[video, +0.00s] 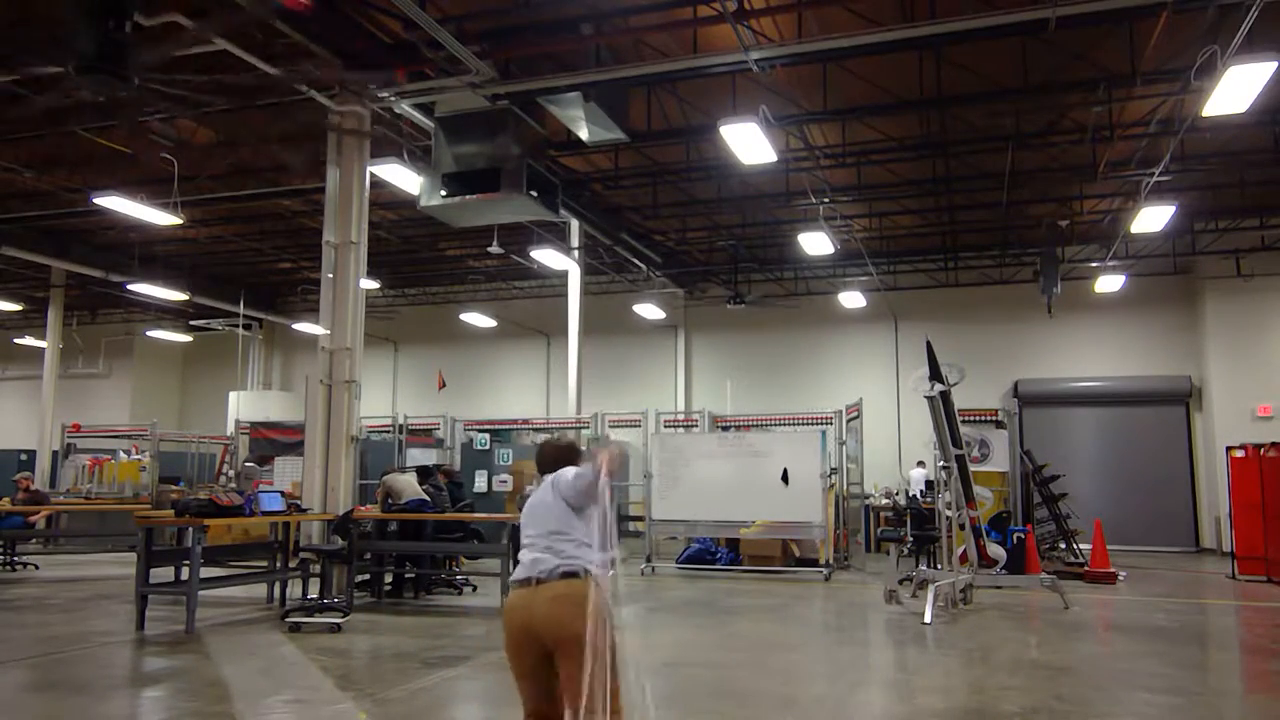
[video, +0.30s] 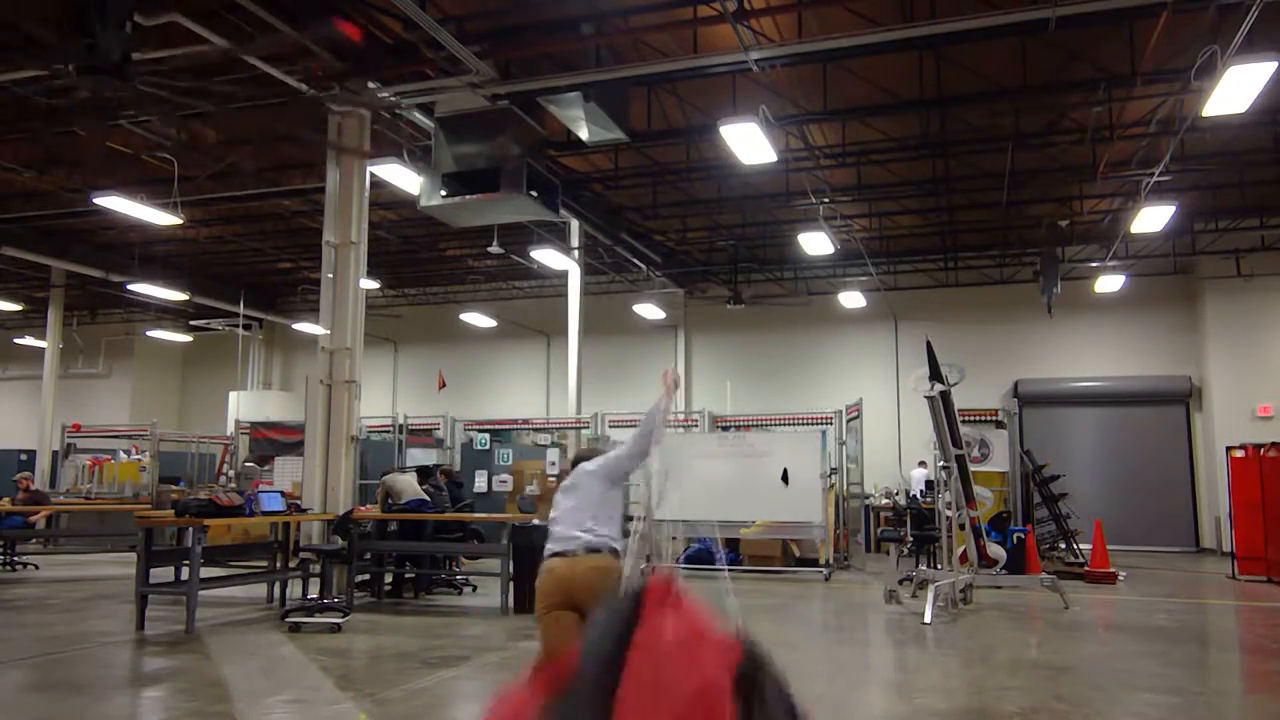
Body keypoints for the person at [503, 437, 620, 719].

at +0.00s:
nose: (581, 465)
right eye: (579, 461)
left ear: (540, 469)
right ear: (574, 463)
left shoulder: (531, 501)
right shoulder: (567, 481)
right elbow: (583, 479)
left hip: (519, 597)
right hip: (569, 594)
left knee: (538, 710)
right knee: (587, 707)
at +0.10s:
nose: (583, 469)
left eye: (583, 463)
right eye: (580, 463)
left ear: (544, 468)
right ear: (573, 463)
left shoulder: (538, 502)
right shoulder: (565, 478)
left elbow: (575, 545)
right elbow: (590, 464)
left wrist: (620, 542)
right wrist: (619, 433)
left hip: (528, 589)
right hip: (575, 582)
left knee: (542, 707)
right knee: (612, 684)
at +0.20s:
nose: (597, 463)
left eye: (597, 459)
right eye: (593, 458)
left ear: (560, 463)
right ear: (585, 459)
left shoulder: (552, 492)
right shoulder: (579, 470)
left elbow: (577, 544)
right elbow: (614, 448)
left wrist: (622, 541)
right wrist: (645, 406)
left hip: (541, 574)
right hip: (586, 567)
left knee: (547, 686)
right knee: (616, 665)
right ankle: (608, 714)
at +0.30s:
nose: (610, 463)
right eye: (607, 460)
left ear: (572, 467)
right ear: (601, 461)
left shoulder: (563, 489)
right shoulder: (603, 469)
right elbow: (640, 443)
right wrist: (666, 396)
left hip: (554, 567)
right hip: (598, 565)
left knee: (557, 667)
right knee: (605, 657)